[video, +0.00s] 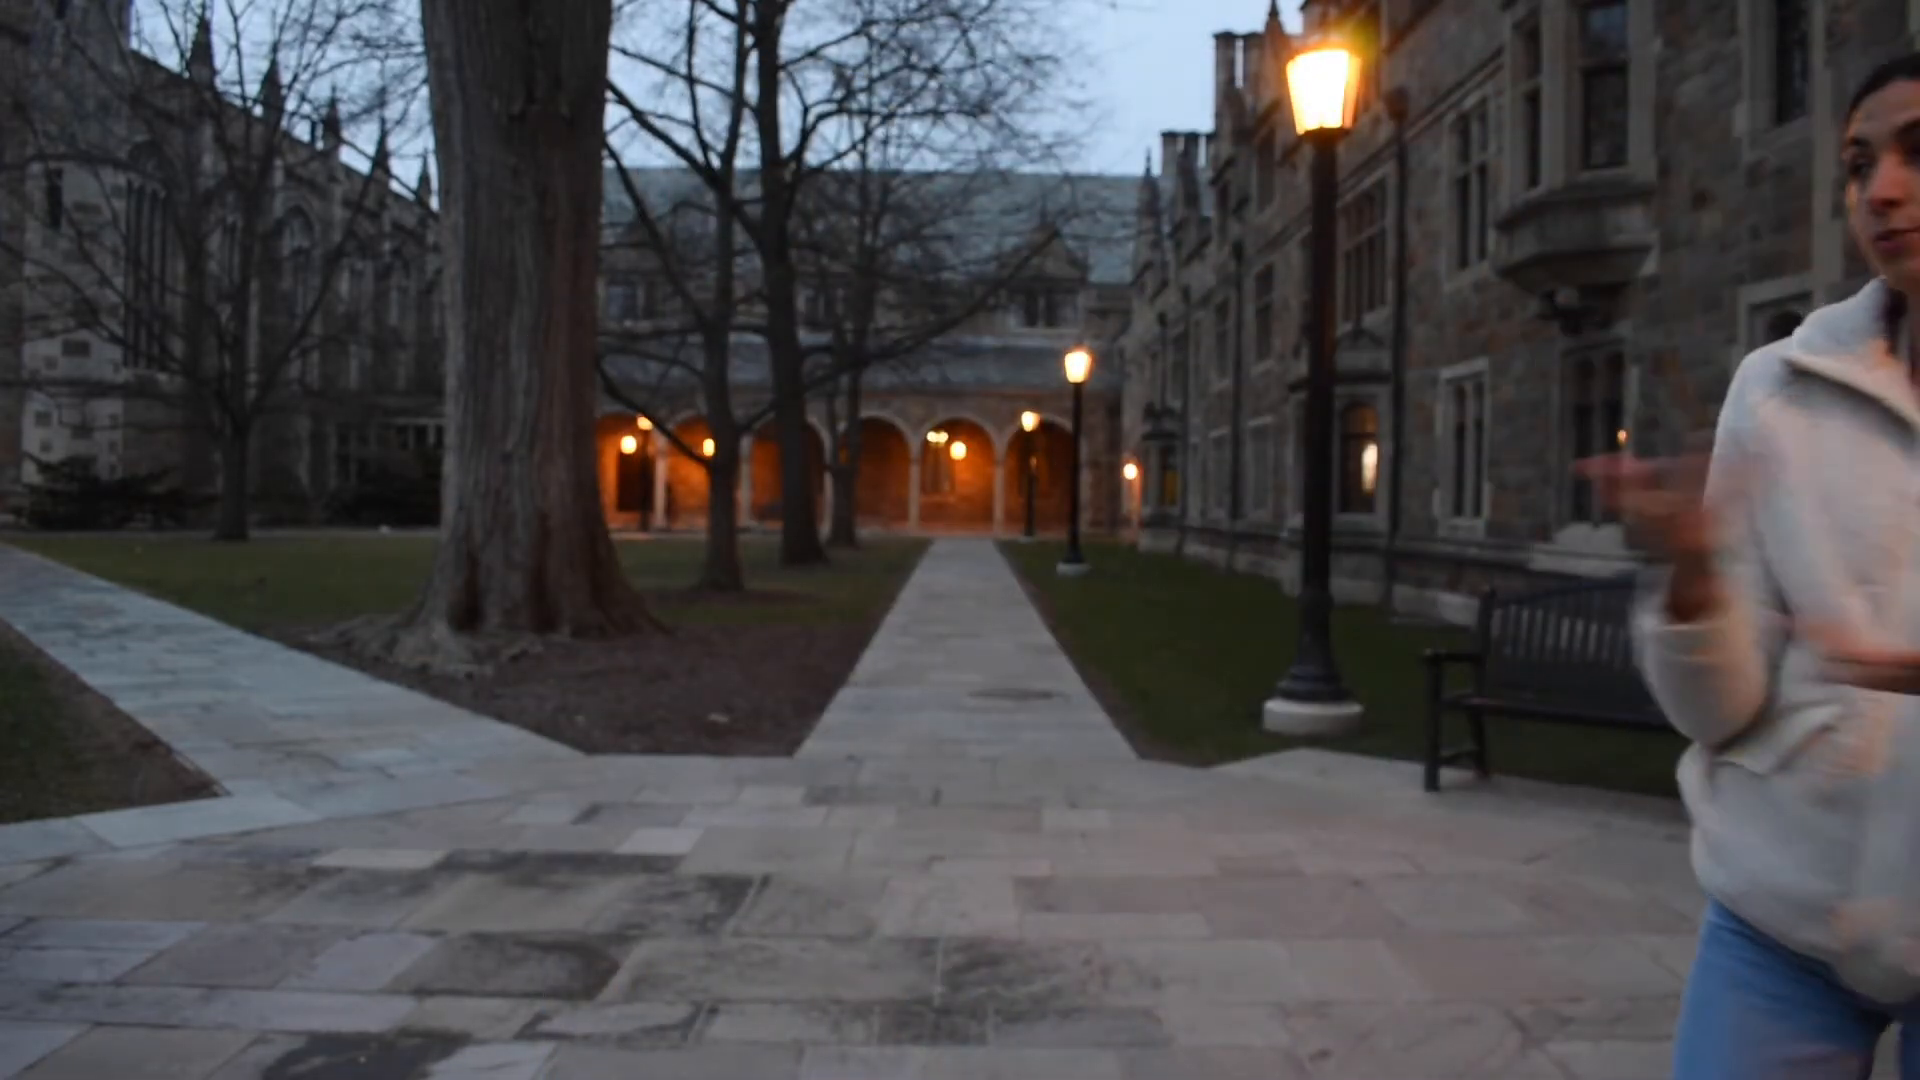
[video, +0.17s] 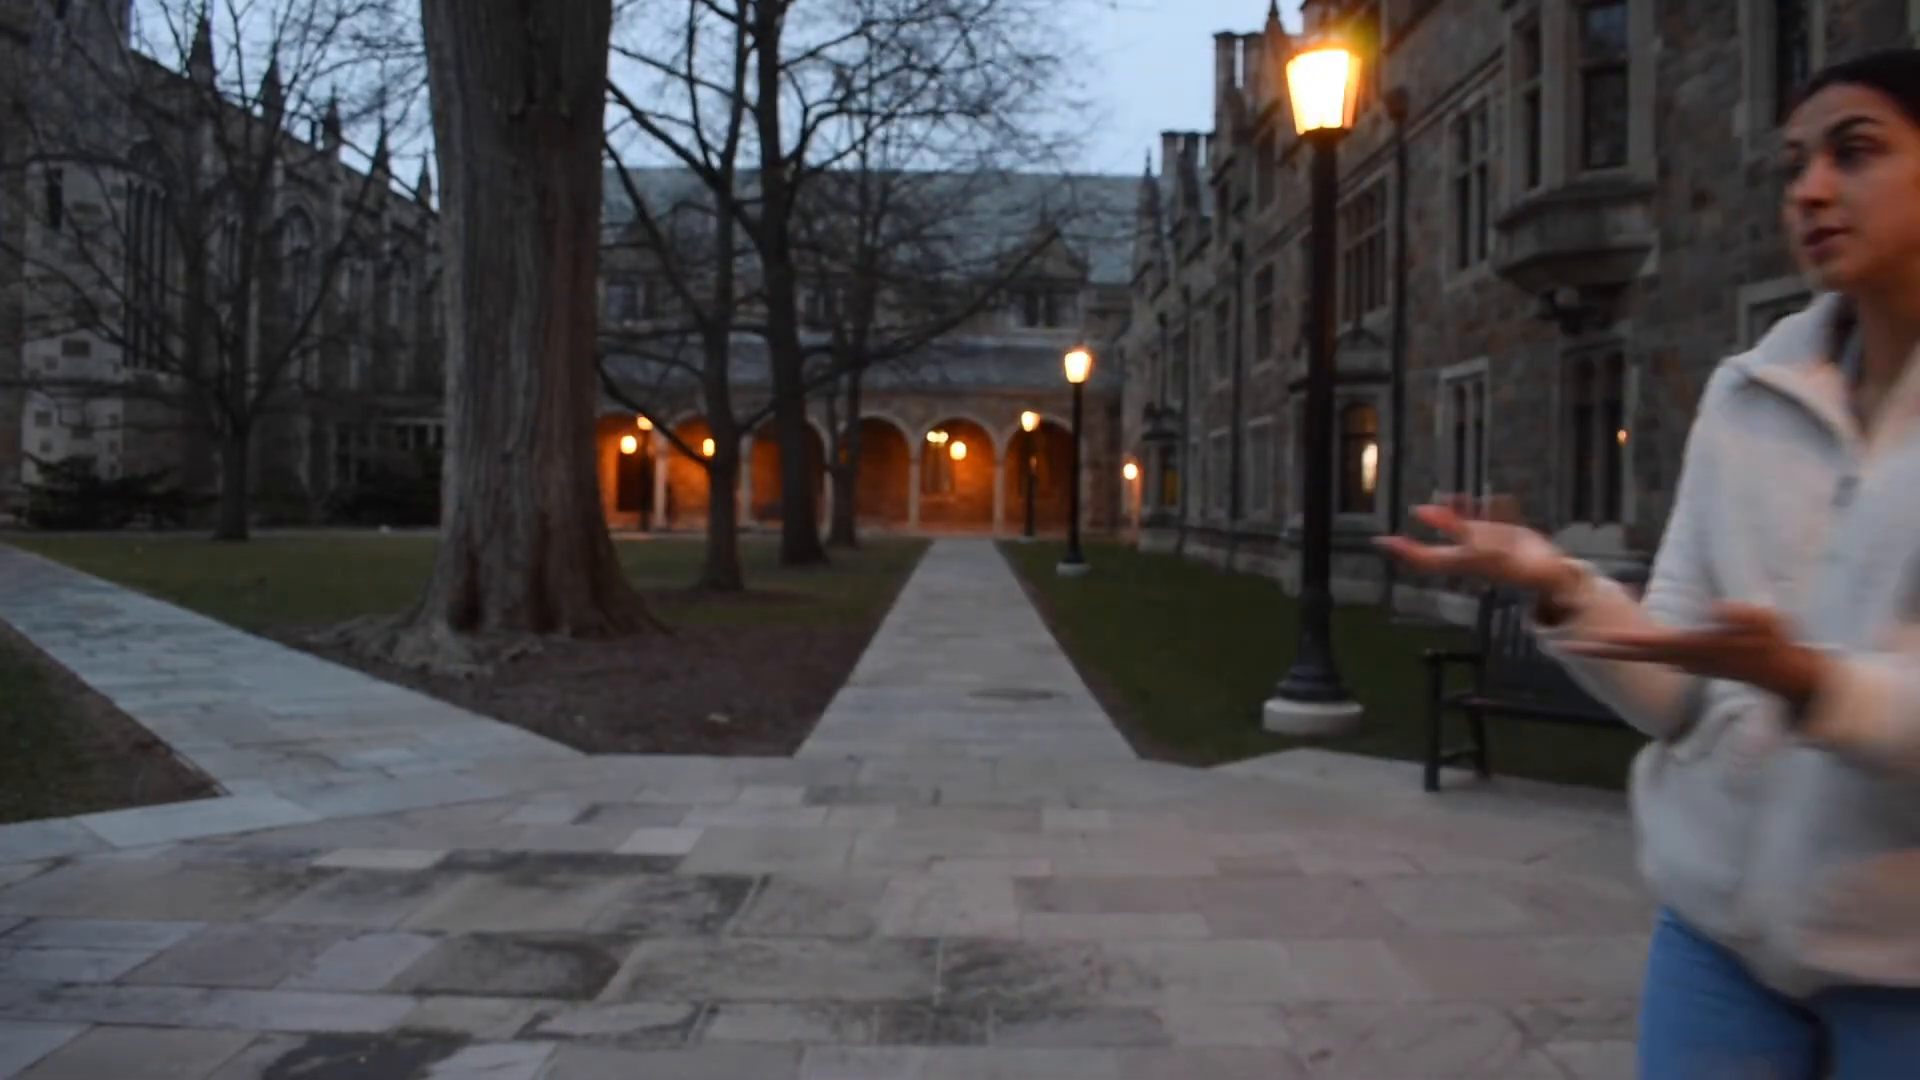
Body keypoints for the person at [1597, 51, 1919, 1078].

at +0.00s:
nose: (1885, 188)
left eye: (1914, 150)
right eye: (1864, 160)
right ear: (1844, 190)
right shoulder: (1782, 387)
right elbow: (1718, 712)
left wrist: (1903, 664)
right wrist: (1690, 569)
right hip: (1785, 925)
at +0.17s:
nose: (1810, 190)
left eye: (1857, 149)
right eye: (1794, 165)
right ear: (1785, 197)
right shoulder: (1751, 392)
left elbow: (1903, 716)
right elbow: (1679, 695)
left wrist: (1805, 680)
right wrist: (1561, 583)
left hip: (1898, 963)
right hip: (1714, 933)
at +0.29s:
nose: (1748, 205)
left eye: (1794, 164)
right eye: (1736, 180)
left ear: (1898, 196)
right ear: (1725, 208)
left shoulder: (1910, 404)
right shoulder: (1703, 404)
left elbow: (1909, 735)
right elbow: (1614, 697)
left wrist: (1684, 675)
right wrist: (1481, 578)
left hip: (1859, 978)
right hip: (1655, 947)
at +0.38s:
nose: (1695, 215)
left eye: (1739, 176)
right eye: (1688, 189)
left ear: (1851, 201)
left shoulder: (1906, 401)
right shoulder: (1669, 412)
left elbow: (1893, 753)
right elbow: (1586, 700)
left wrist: (1613, 676)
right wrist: (1440, 594)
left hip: (1819, 975)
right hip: (1617, 945)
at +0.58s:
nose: (1576, 222)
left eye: (1618, 183)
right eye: (1576, 192)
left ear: (1730, 208)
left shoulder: (1840, 377)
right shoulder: (1583, 404)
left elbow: (1769, 744)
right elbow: (1531, 682)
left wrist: (1472, 685)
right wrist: (1388, 619)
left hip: (1722, 953)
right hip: (1552, 932)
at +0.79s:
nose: (1446, 223)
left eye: (1487, 184)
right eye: (1448, 190)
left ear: (1597, 204)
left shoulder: (1705, 365)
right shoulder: (1485, 405)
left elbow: (1625, 748)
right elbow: (1469, 676)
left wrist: (1329, 701)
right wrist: (1308, 652)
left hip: (1625, 963)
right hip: (1490, 950)